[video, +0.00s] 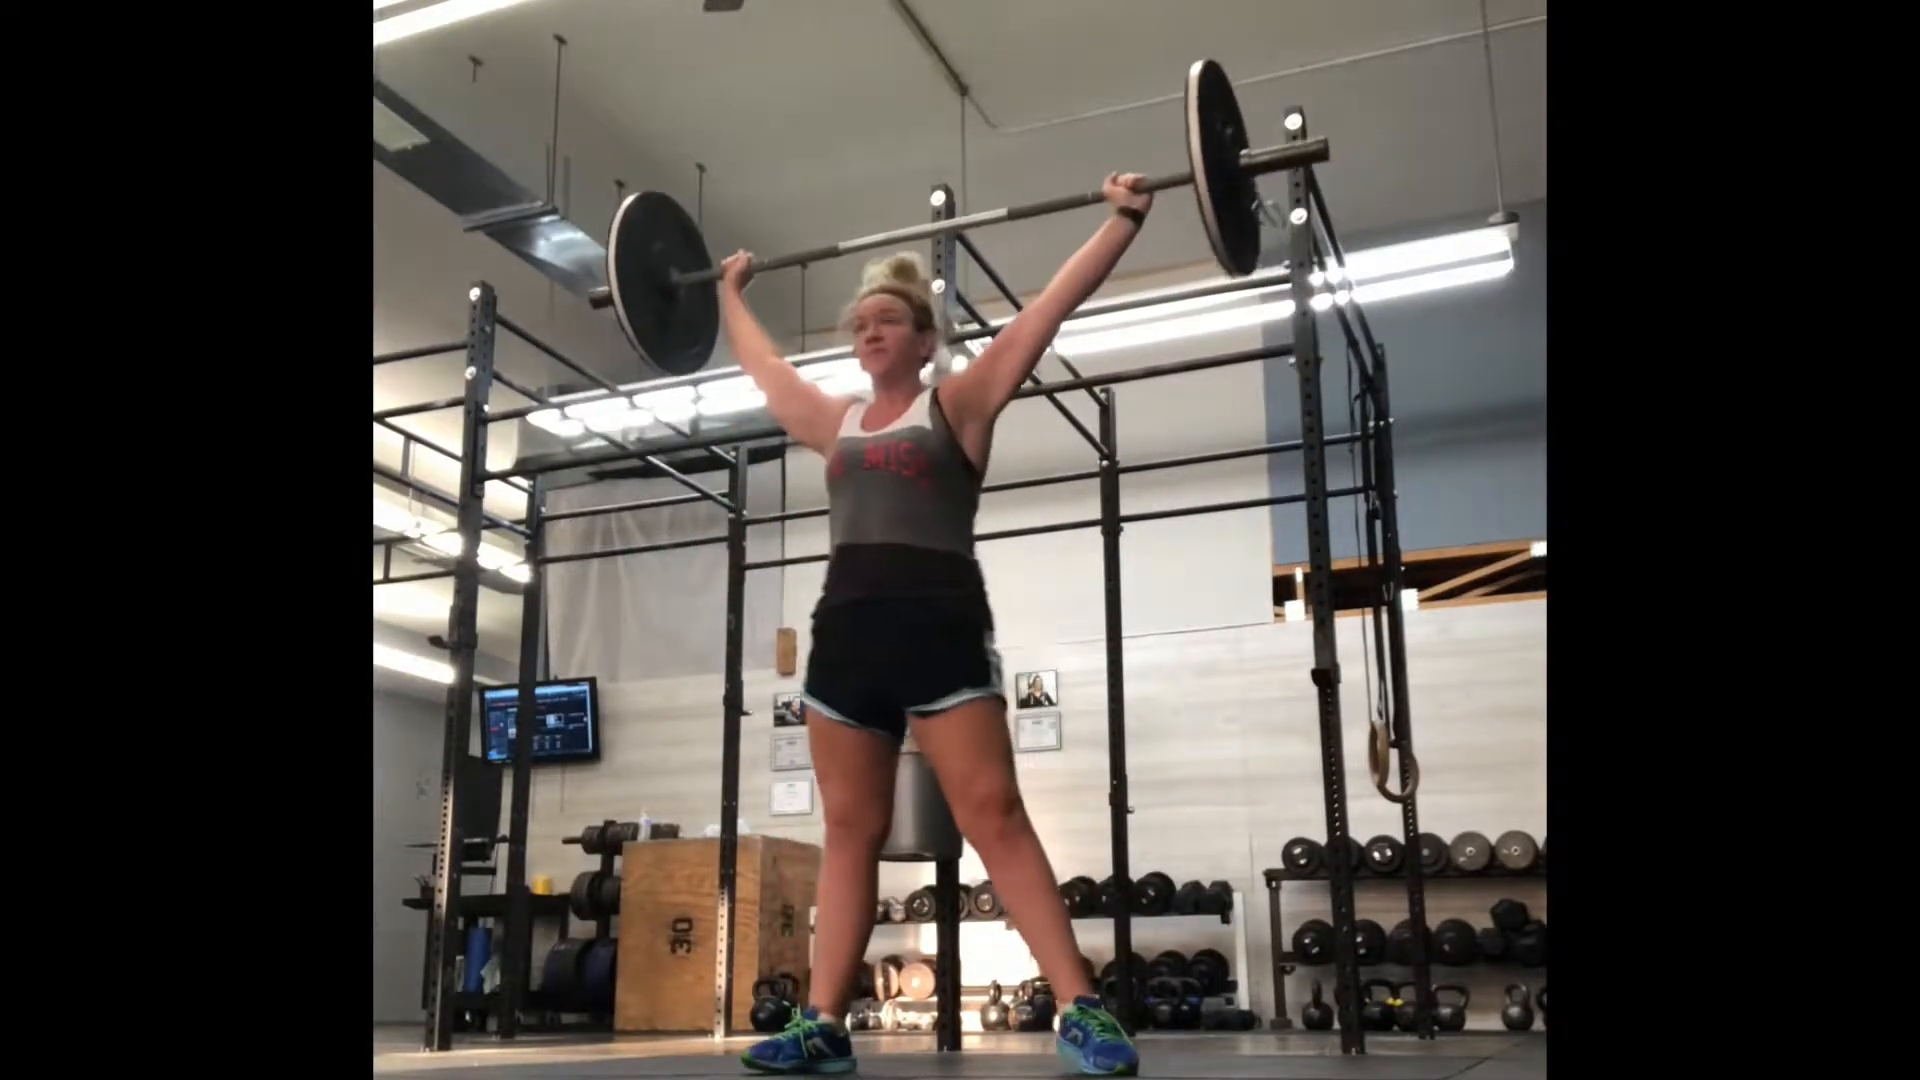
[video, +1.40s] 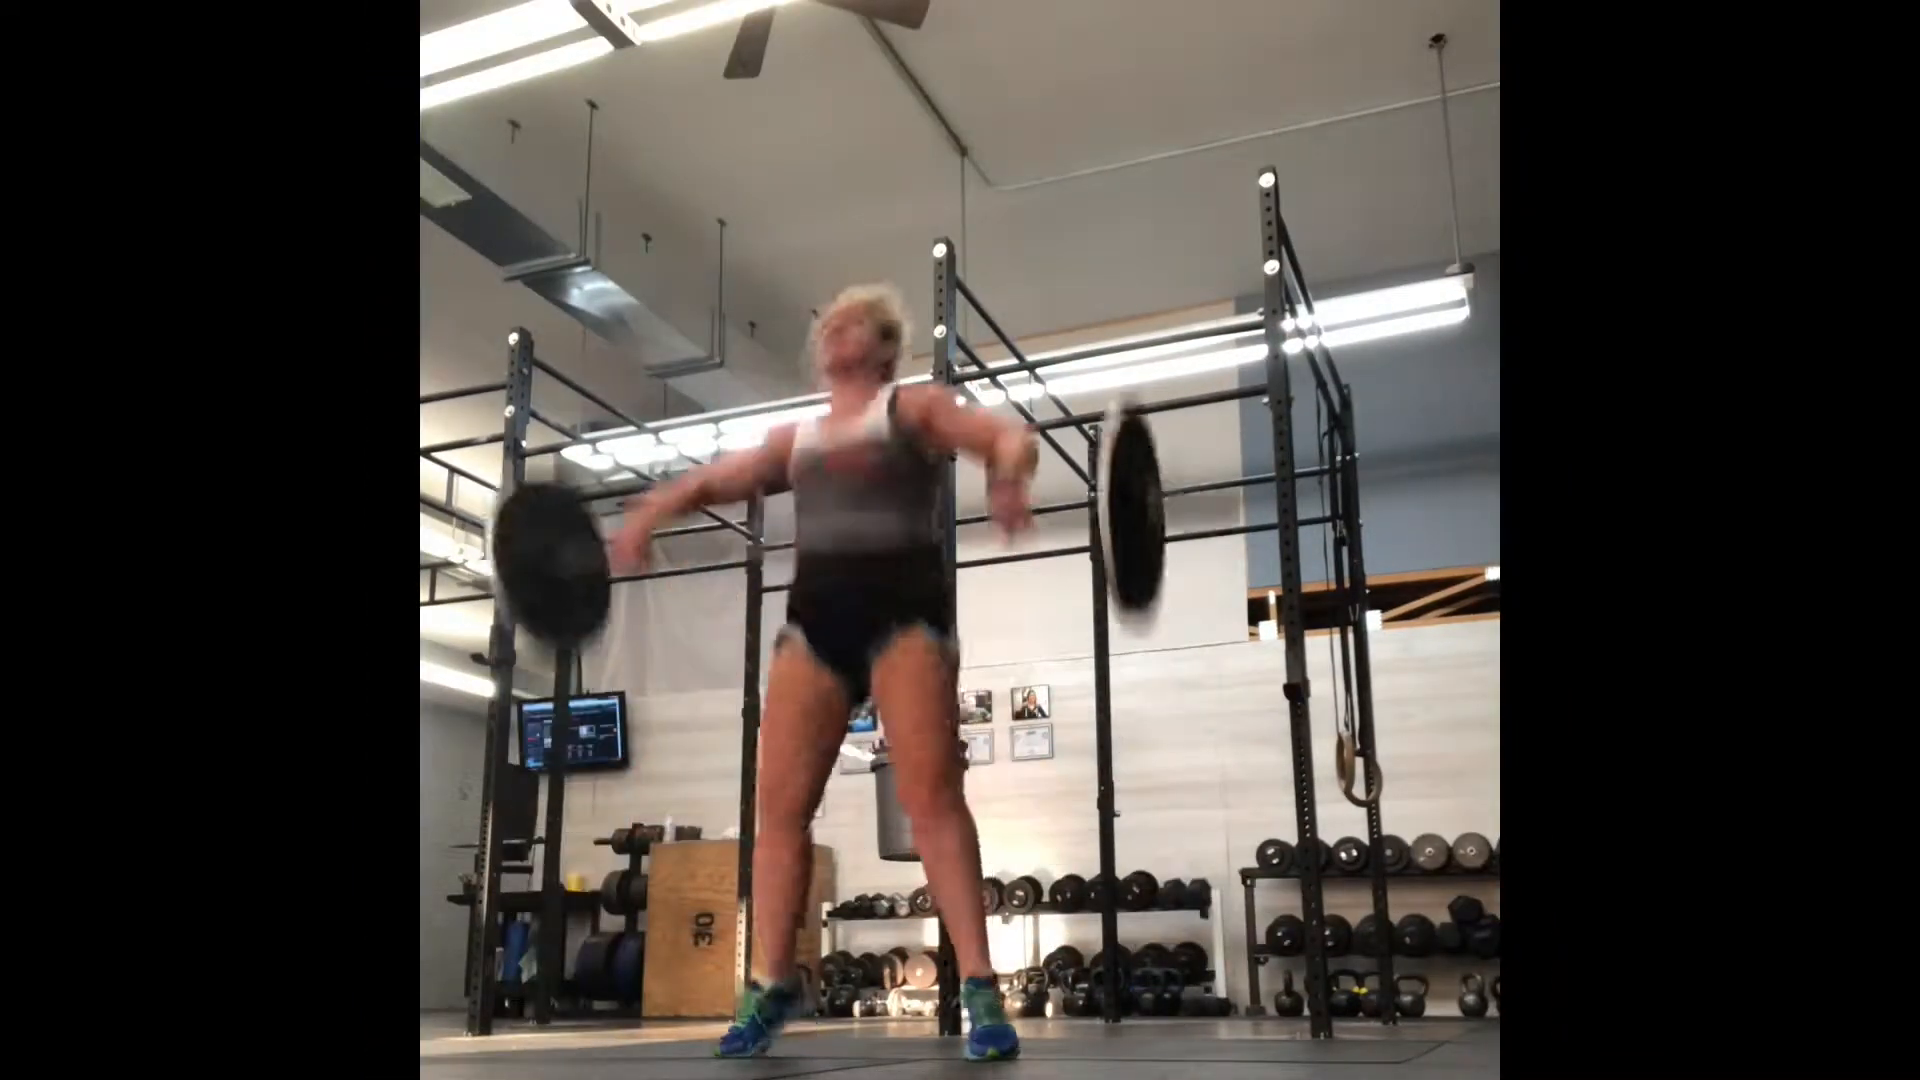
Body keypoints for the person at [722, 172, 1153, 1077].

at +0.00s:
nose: (872, 334)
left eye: (888, 322)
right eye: (862, 325)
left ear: (924, 335)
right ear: (851, 341)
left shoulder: (960, 400)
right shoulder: (838, 423)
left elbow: (1047, 309)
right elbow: (767, 368)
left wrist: (1122, 219)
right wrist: (728, 291)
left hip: (942, 631)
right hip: (845, 637)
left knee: (994, 815)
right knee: (847, 830)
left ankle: (1075, 1004)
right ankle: (821, 1021)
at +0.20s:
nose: (875, 341)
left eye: (890, 329)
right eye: (864, 331)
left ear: (926, 340)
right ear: (853, 344)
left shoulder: (960, 407)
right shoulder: (840, 423)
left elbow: (1046, 324)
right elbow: (766, 370)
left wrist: (1120, 229)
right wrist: (726, 293)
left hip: (939, 633)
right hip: (844, 640)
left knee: (961, 831)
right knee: (848, 836)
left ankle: (1003, 1008)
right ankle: (820, 1022)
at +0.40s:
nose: (754, 616)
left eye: (772, 601)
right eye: (746, 604)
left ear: (817, 616)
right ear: (740, 618)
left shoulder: (877, 675)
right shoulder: (754, 701)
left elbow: (962, 796)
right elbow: (718, 818)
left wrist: (1039, 899)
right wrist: (663, 914)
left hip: (923, 790)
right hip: (840, 802)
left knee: (941, 834)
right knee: (739, 847)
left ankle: (972, 1007)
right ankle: (793, 1014)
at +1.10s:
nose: (751, 527)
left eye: (770, 512)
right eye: (746, 512)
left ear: (815, 528)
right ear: (742, 521)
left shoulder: (875, 592)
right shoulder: (757, 614)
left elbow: (956, 704)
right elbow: (719, 712)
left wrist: (1028, 803)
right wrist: (656, 816)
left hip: (935, 715)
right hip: (847, 729)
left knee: (946, 832)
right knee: (775, 838)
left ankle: (978, 1007)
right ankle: (789, 1012)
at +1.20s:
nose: (756, 472)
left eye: (773, 459)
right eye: (756, 460)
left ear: (820, 472)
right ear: (757, 476)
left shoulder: (875, 545)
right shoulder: (762, 566)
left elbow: (969, 633)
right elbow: (709, 662)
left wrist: (1021, 738)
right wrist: (650, 754)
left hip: (934, 697)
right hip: (845, 712)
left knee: (949, 822)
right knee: (770, 834)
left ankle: (978, 1006)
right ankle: (790, 1011)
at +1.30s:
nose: (797, 398)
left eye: (813, 386)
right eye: (794, 389)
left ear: (853, 400)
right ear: (792, 406)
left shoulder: (894, 479)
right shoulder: (778, 504)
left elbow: (997, 534)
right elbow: (695, 576)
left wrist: (1009, 625)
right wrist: (642, 650)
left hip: (922, 679)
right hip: (830, 690)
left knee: (933, 822)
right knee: (758, 835)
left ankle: (973, 1002)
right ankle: (784, 1007)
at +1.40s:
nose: (833, 337)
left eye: (850, 326)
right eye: (827, 328)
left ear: (885, 344)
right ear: (818, 349)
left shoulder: (914, 405)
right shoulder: (797, 437)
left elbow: (1009, 435)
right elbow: (711, 480)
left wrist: (1009, 476)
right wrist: (641, 519)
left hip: (905, 619)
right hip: (815, 628)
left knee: (932, 799)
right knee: (780, 807)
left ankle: (977, 987)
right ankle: (772, 983)